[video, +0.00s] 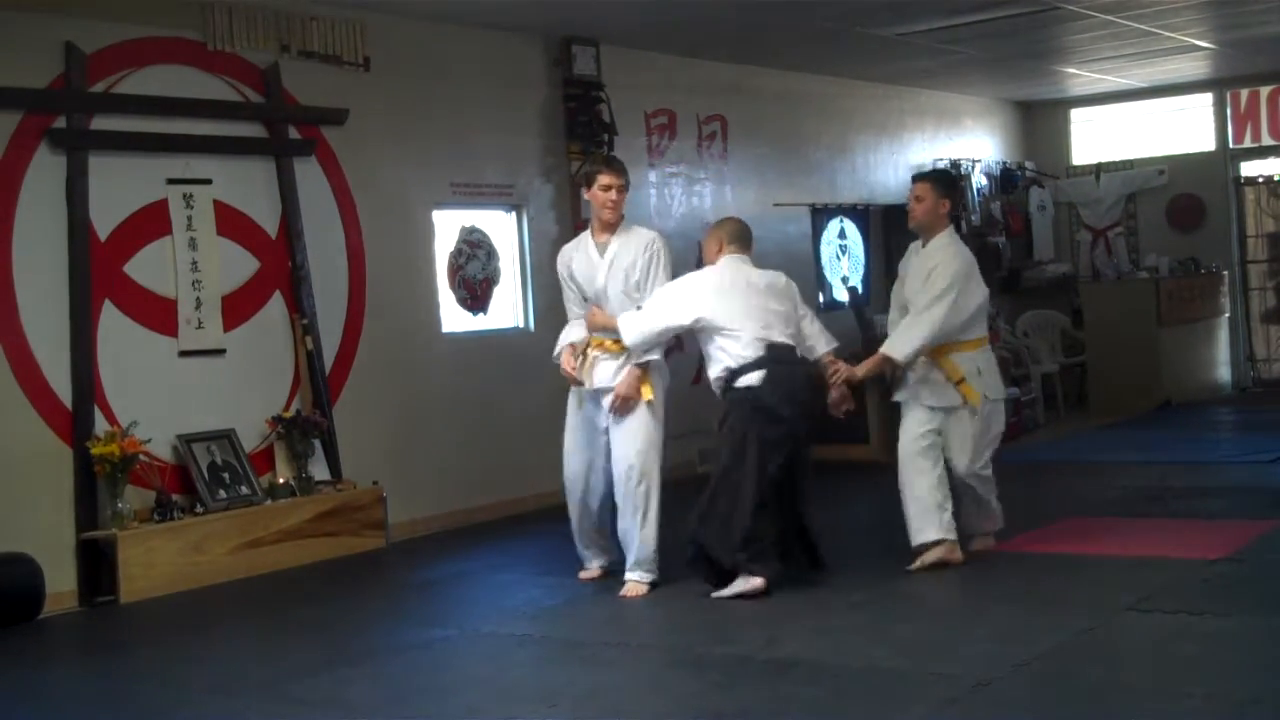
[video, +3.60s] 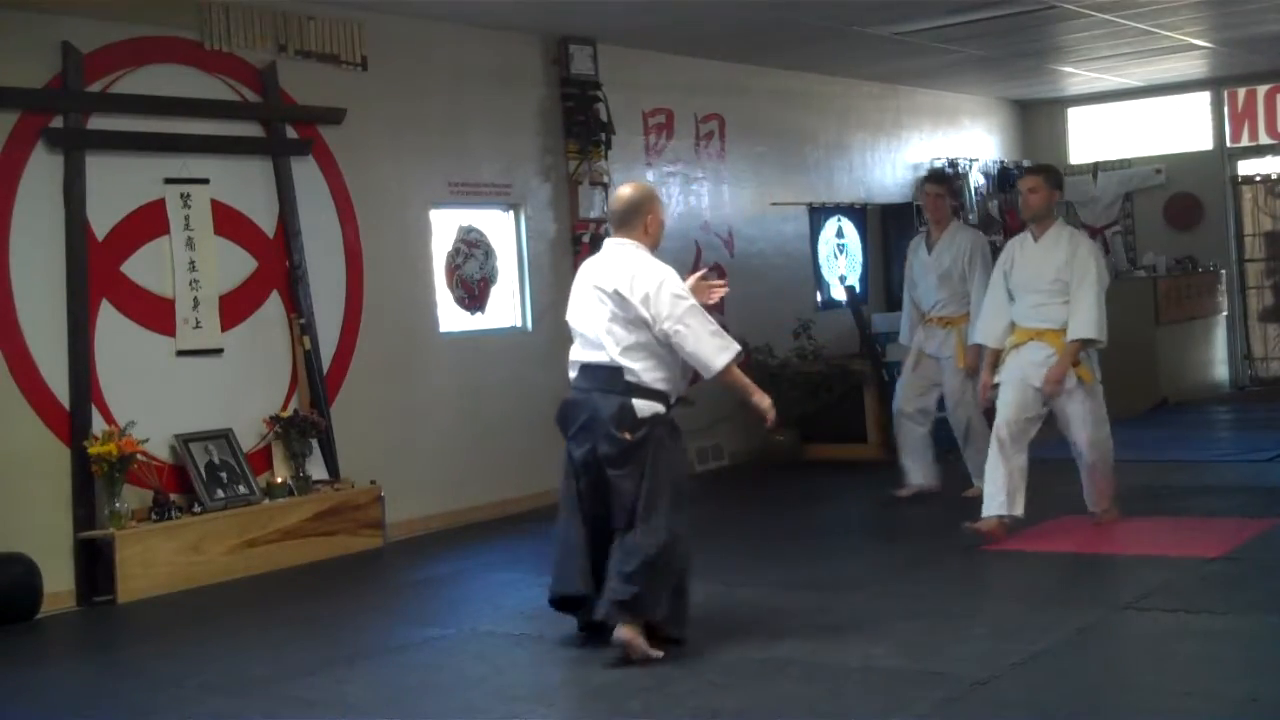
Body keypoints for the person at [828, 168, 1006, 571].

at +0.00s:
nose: (909, 207)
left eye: (918, 200)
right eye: (910, 200)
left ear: (944, 207)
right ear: (919, 206)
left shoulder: (956, 259)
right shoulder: (915, 254)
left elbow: (933, 320)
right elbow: (898, 312)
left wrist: (874, 362)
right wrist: (897, 352)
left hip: (967, 372)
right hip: (923, 370)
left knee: (966, 462)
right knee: (915, 452)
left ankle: (982, 530)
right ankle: (938, 541)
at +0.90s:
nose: (922, 214)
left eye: (928, 206)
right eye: (923, 207)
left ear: (951, 210)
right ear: (947, 211)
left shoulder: (967, 251)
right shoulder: (947, 253)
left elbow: (952, 311)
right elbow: (937, 307)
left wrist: (915, 350)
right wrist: (908, 335)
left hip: (984, 361)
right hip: (951, 362)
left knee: (1002, 452)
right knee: (919, 442)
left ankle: (1048, 518)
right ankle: (909, 524)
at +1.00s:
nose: (953, 209)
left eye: (959, 201)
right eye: (954, 201)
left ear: (982, 205)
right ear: (978, 207)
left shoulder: (997, 250)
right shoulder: (977, 250)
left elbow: (978, 316)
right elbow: (968, 309)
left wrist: (931, 329)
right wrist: (932, 327)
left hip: (1015, 360)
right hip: (982, 360)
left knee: (1019, 450)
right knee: (946, 432)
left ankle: (1059, 516)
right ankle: (934, 515)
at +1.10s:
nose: (973, 204)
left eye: (980, 196)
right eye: (975, 196)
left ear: (1001, 201)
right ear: (996, 202)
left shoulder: (1017, 248)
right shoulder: (985, 250)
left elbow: (993, 311)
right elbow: (967, 303)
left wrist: (938, 323)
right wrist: (939, 323)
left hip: (1026, 357)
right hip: (990, 358)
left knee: (1025, 446)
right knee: (962, 433)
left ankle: (1058, 517)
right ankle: (988, 507)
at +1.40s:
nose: (992, 201)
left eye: (1000, 193)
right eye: (993, 193)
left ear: (1025, 197)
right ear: (1014, 198)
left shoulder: (1046, 242)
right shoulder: (1005, 246)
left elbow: (1040, 313)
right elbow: (1002, 306)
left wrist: (1000, 352)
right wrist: (993, 348)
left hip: (1047, 347)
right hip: (1015, 349)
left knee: (1036, 435)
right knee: (1014, 440)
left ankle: (1063, 514)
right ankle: (1062, 502)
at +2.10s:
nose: (1047, 198)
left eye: (1055, 190)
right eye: (1046, 191)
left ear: (1078, 195)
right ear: (1047, 196)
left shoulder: (1096, 241)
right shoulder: (1042, 242)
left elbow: (1097, 303)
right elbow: (1028, 297)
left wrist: (1075, 354)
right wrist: (1018, 347)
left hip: (1080, 339)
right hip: (1043, 339)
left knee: (1078, 420)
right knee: (1049, 424)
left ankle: (1086, 500)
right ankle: (1066, 495)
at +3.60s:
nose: (1024, 199)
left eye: (1032, 192)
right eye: (1021, 193)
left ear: (1055, 196)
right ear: (1018, 200)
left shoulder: (1080, 245)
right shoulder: (1013, 249)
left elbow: (1088, 308)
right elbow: (997, 308)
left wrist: (1064, 362)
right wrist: (987, 366)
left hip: (1069, 347)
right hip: (1022, 349)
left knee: (1090, 439)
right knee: (1005, 429)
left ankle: (1102, 505)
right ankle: (996, 515)